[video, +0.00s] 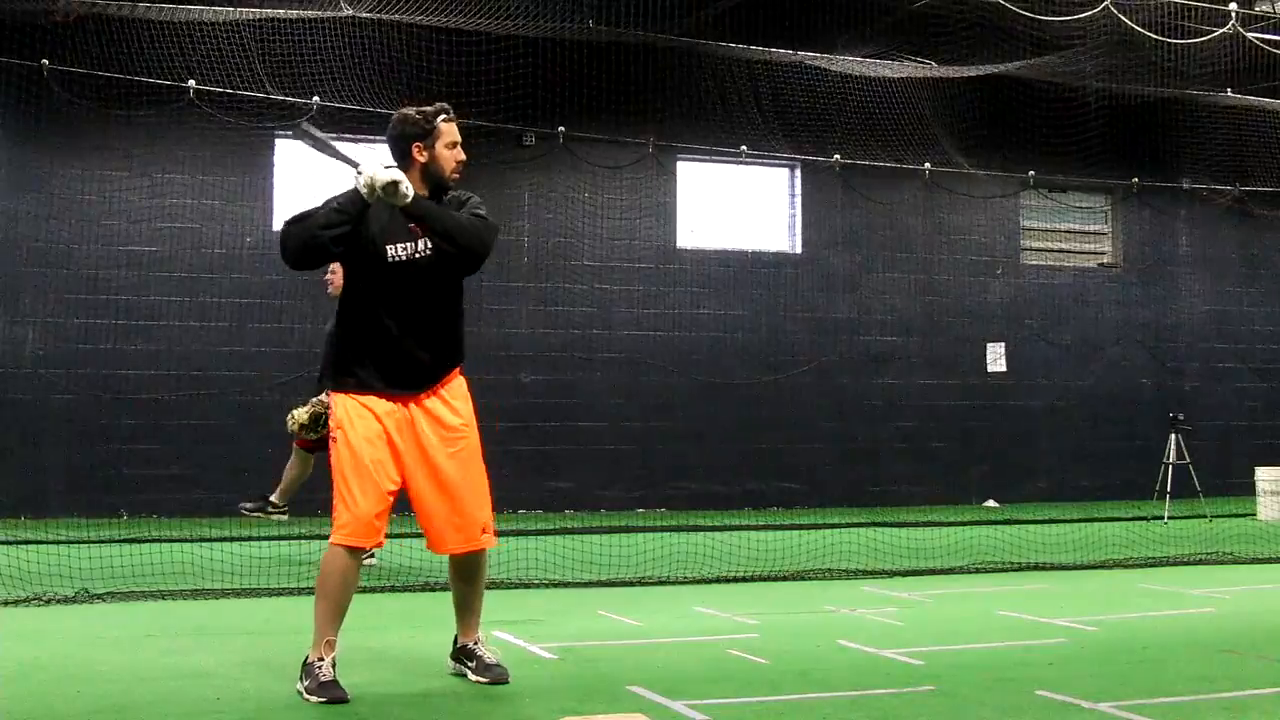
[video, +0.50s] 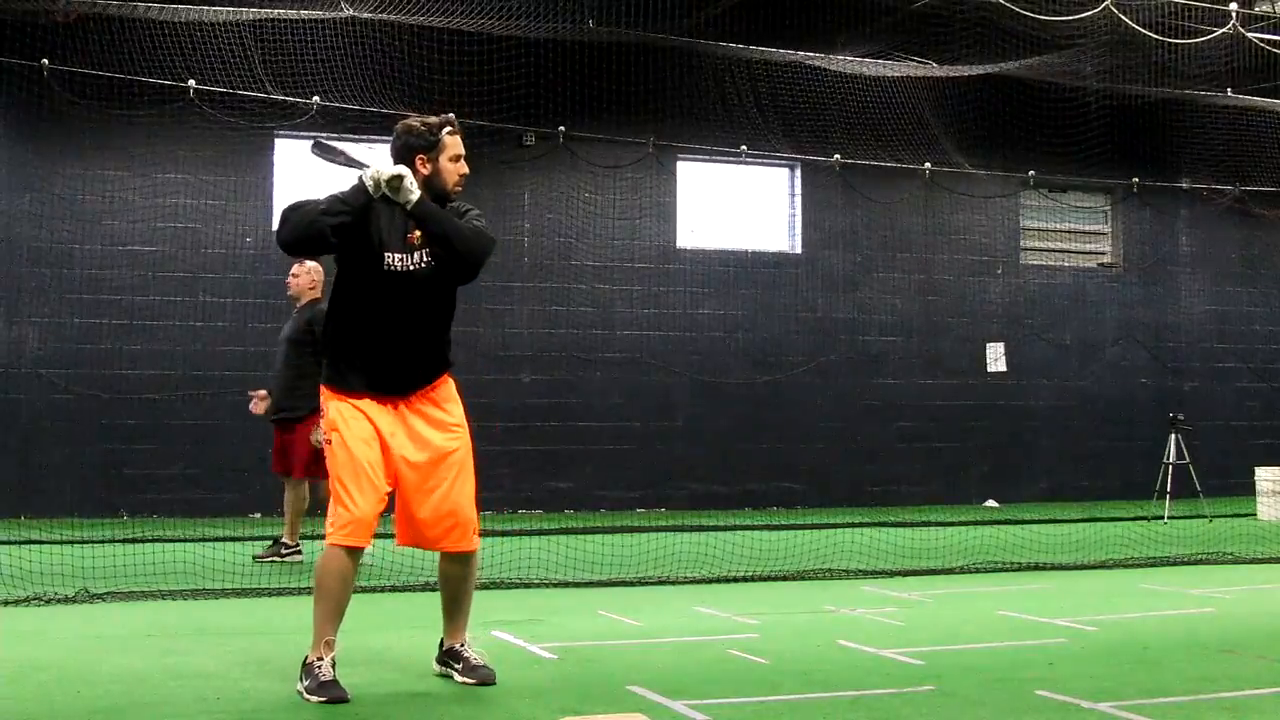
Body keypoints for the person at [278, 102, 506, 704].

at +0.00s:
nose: (462, 154)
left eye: (461, 145)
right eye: (453, 145)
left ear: (431, 151)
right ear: (419, 151)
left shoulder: (460, 206)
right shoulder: (362, 210)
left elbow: (478, 246)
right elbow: (293, 247)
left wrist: (410, 201)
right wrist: (361, 204)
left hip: (441, 391)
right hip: (363, 393)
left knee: (470, 526)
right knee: (356, 528)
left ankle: (469, 644)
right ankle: (320, 658)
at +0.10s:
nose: (456, 156)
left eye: (456, 147)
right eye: (448, 147)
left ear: (427, 153)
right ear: (414, 152)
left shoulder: (452, 208)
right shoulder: (354, 207)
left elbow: (468, 251)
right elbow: (282, 233)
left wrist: (402, 200)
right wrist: (353, 196)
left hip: (428, 390)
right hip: (352, 394)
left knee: (467, 523)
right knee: (347, 530)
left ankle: (470, 635)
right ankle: (320, 658)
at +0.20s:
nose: (455, 159)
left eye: (454, 149)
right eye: (447, 149)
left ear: (426, 154)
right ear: (412, 155)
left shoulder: (452, 215)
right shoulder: (351, 206)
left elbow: (466, 252)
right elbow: (280, 228)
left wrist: (404, 201)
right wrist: (349, 186)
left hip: (424, 389)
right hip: (348, 391)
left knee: (466, 523)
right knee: (345, 528)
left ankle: (463, 635)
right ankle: (319, 657)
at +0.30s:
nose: (457, 162)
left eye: (456, 152)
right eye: (449, 153)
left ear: (427, 158)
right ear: (414, 157)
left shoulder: (450, 219)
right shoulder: (353, 207)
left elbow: (470, 251)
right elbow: (282, 226)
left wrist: (409, 202)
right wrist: (354, 186)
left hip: (424, 391)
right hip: (349, 392)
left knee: (461, 525)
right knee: (344, 527)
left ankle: (458, 640)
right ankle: (319, 658)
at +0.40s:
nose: (461, 164)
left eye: (460, 155)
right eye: (453, 155)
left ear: (429, 160)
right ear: (418, 160)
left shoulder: (452, 219)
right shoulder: (356, 209)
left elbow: (474, 249)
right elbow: (287, 230)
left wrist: (413, 199)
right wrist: (359, 189)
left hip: (427, 394)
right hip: (353, 396)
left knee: (460, 527)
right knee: (348, 527)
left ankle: (455, 645)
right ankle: (320, 658)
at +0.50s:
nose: (464, 167)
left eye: (463, 157)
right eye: (455, 158)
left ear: (434, 163)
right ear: (421, 163)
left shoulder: (457, 219)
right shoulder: (360, 210)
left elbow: (474, 252)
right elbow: (291, 235)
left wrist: (416, 200)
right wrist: (362, 192)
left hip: (430, 395)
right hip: (354, 397)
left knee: (459, 527)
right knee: (353, 523)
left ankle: (454, 646)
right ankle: (320, 657)